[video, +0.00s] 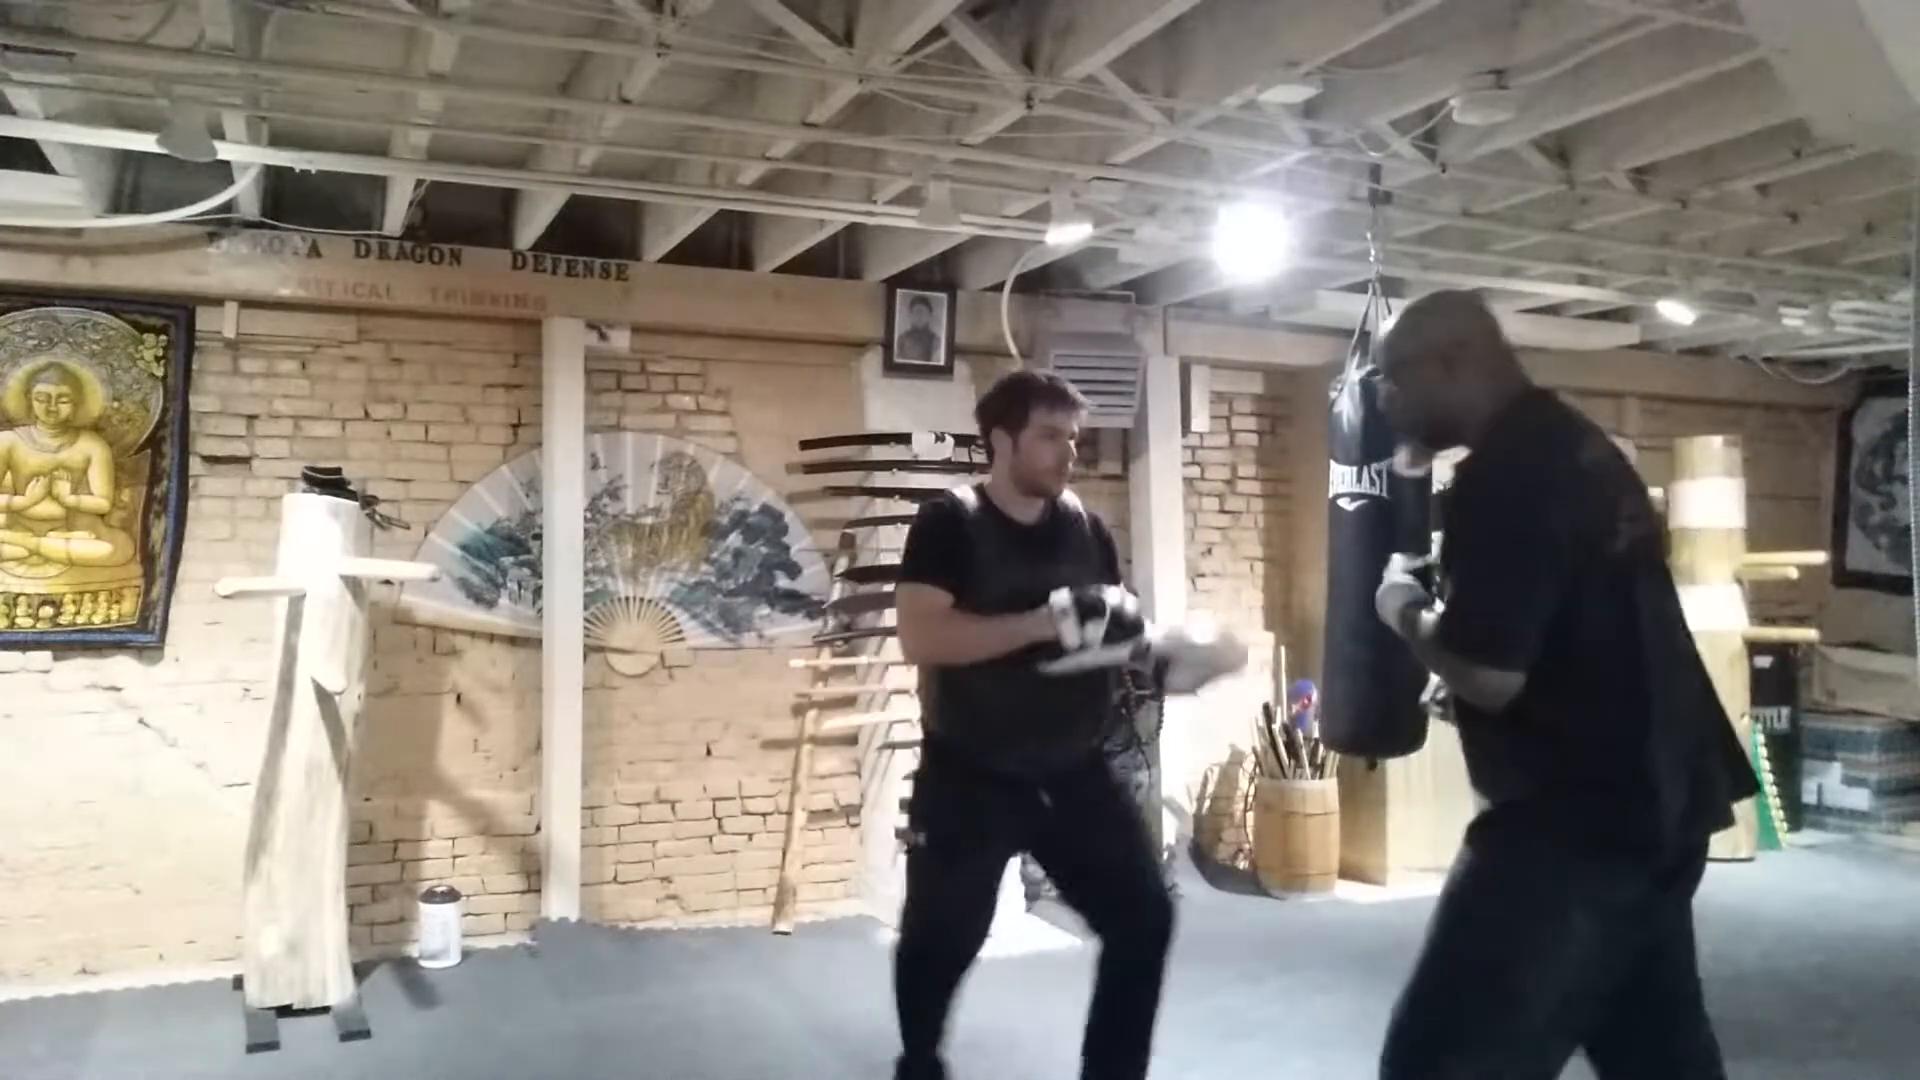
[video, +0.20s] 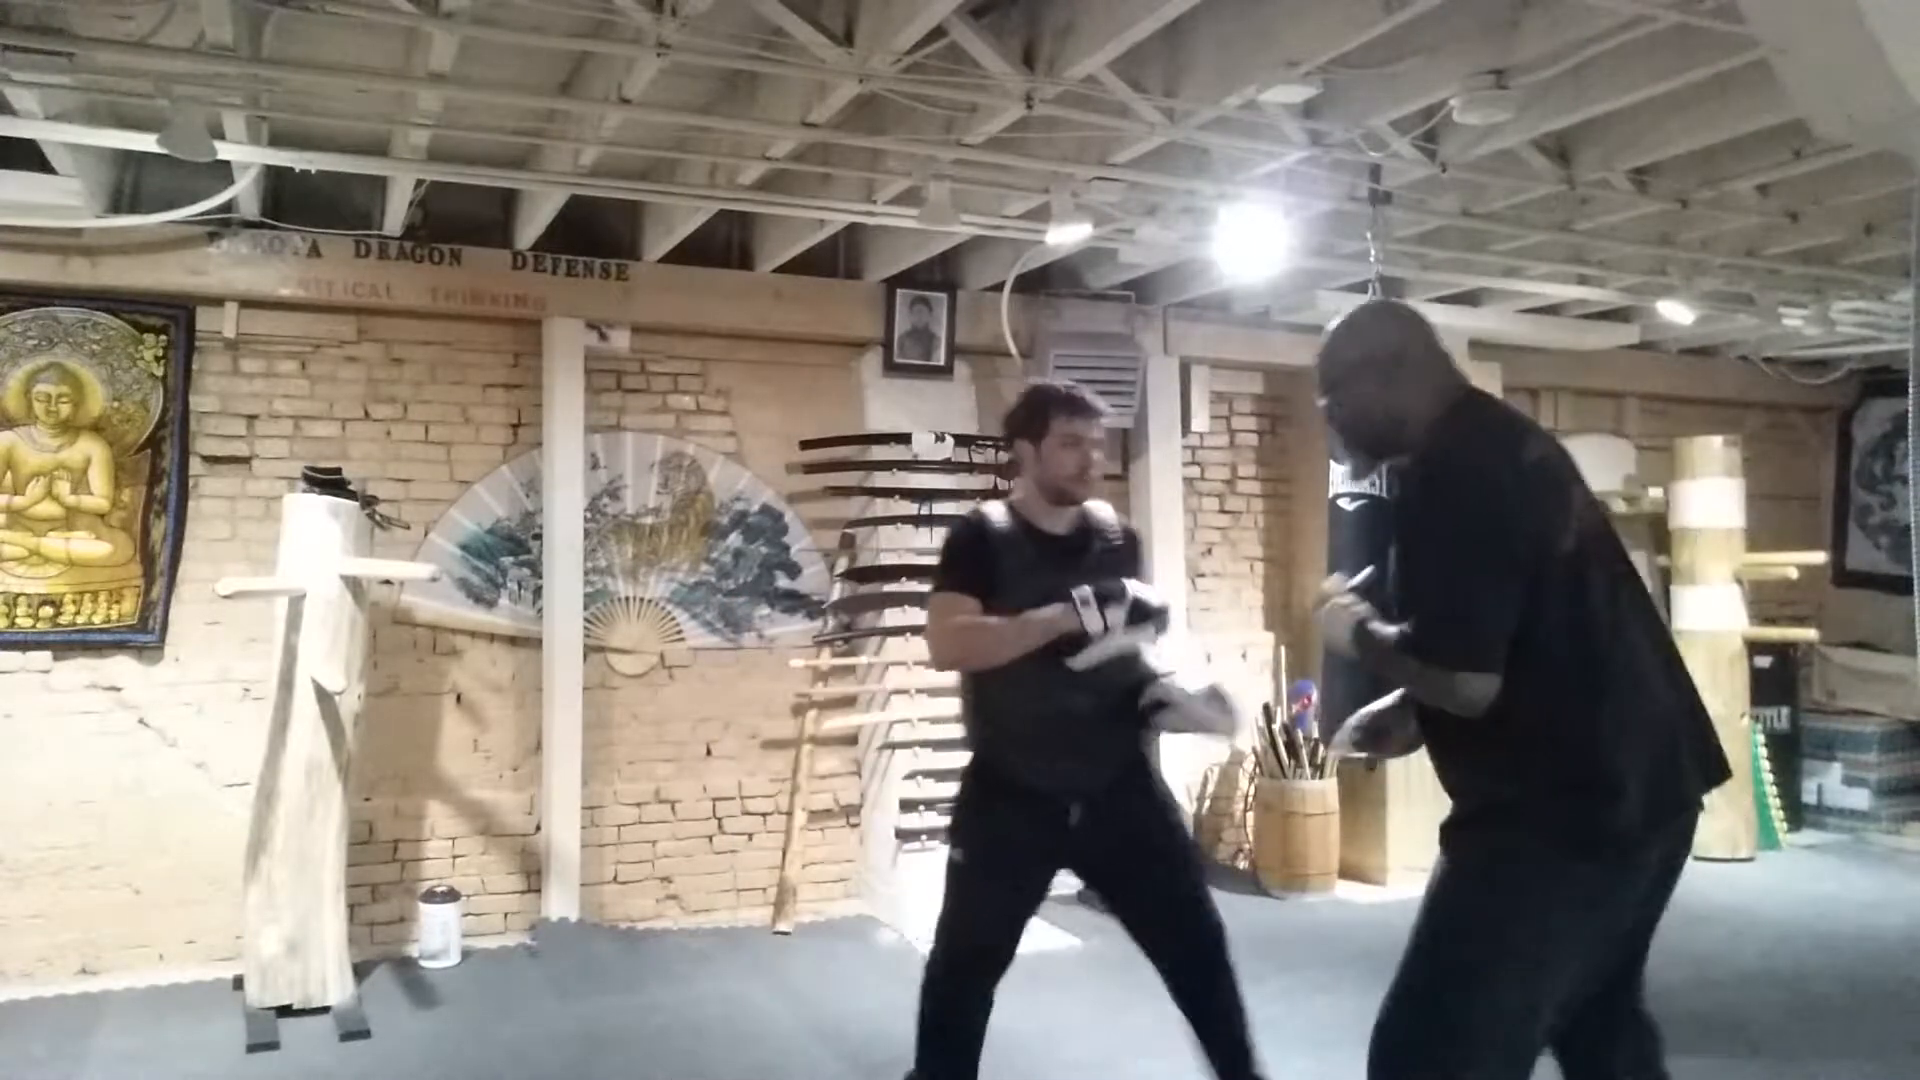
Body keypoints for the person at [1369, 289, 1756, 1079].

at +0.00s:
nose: (1387, 402)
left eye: (1393, 376)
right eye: (1384, 381)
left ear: (1449, 364)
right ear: (1470, 361)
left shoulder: (1505, 472)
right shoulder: (1574, 444)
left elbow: (1488, 677)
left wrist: (1405, 612)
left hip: (1561, 829)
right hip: (1652, 815)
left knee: (1433, 1065)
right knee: (1663, 1061)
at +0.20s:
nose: (1328, 416)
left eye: (1334, 392)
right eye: (1325, 396)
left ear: (1393, 374)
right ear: (1414, 371)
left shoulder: (1455, 467)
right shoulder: (1506, 441)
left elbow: (1467, 684)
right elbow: (1537, 635)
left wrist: (1363, 638)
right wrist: (1417, 710)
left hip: (1553, 811)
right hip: (1644, 788)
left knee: (1425, 1059)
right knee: (1598, 1022)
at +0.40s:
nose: (1323, 441)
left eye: (1325, 413)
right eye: (1317, 422)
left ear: (1378, 387)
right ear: (1395, 384)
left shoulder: (1454, 459)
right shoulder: (1463, 457)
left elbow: (1466, 636)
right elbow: (1391, 664)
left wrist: (1333, 629)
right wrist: (1244, 727)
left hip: (1568, 797)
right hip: (1631, 782)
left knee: (1445, 1056)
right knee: (1593, 1034)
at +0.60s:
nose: (1363, 436)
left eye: (1366, 411)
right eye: (1358, 417)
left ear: (1422, 387)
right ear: (1422, 388)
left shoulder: (1546, 455)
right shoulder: (1434, 510)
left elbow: (1589, 636)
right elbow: (1349, 647)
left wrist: (1422, 618)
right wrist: (1222, 734)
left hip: (1616, 813)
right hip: (1552, 817)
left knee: (1477, 1061)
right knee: (1639, 1055)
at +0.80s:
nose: (1402, 420)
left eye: (1411, 399)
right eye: (1399, 402)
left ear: (1473, 381)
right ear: (1466, 385)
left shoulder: (1604, 470)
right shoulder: (1467, 497)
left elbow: (1675, 646)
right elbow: (1383, 614)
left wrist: (1489, 631)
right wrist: (1266, 691)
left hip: (1627, 814)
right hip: (1553, 812)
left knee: (1527, 1049)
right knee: (1648, 1039)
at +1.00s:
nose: (1403, 421)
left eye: (1413, 397)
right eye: (1399, 402)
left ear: (1475, 380)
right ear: (1466, 388)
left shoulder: (1606, 472)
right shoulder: (1457, 495)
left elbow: (1681, 634)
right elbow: (1409, 612)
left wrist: (1497, 630)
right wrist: (1336, 684)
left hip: (1613, 807)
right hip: (1537, 806)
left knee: (1459, 1051)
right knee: (1624, 1036)